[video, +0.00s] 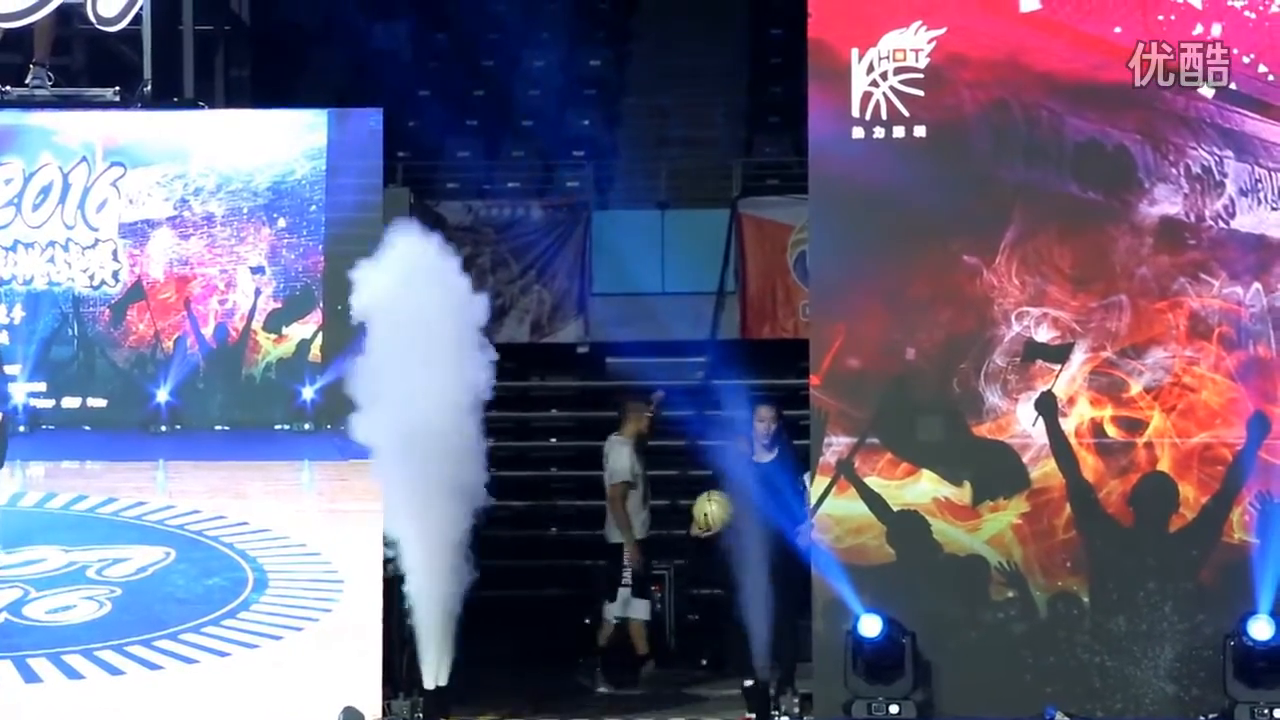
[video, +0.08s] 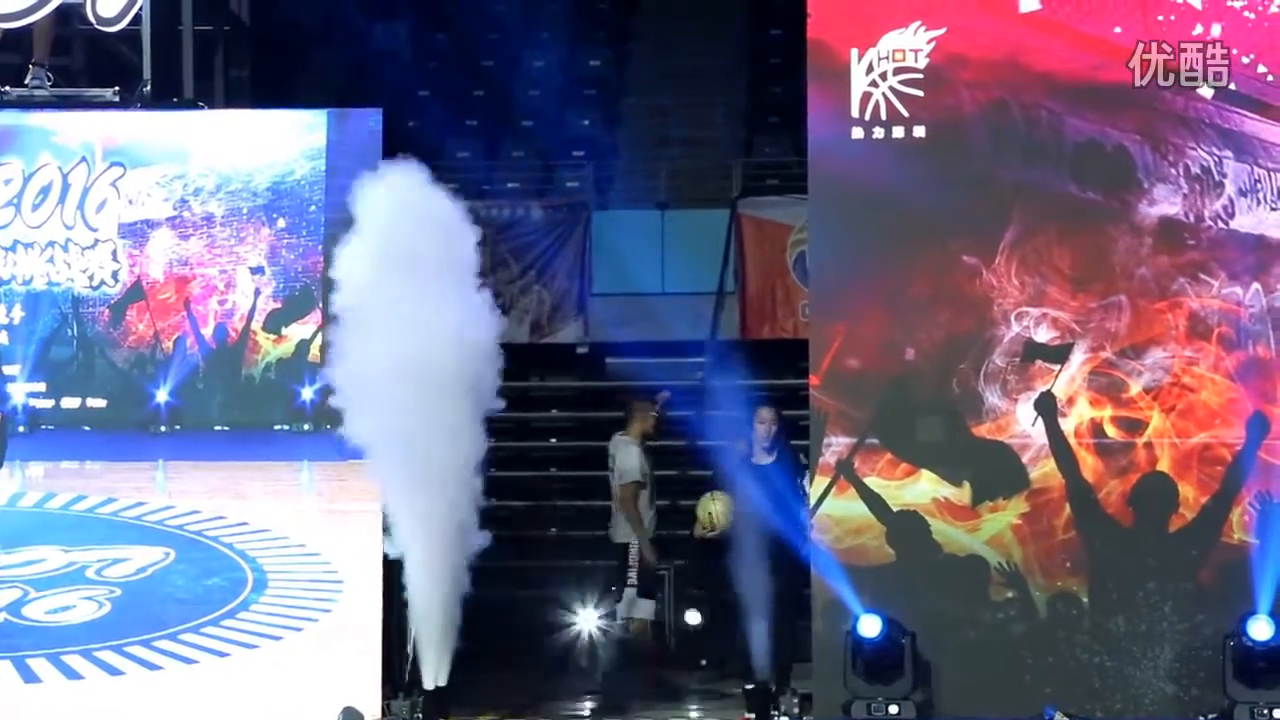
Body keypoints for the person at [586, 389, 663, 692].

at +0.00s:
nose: (649, 422)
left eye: (649, 417)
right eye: (646, 417)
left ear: (633, 418)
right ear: (633, 418)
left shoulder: (619, 443)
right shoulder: (622, 449)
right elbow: (616, 499)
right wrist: (630, 541)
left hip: (628, 538)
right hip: (623, 540)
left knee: (633, 605)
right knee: (620, 605)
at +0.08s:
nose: (654, 420)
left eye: (654, 415)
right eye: (650, 416)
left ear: (636, 418)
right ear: (636, 417)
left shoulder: (621, 442)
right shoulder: (630, 451)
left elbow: (643, 431)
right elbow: (627, 501)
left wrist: (655, 409)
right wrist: (645, 542)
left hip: (634, 537)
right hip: (630, 539)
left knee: (643, 607)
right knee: (626, 606)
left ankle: (643, 674)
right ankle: (615, 677)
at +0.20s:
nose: (660, 422)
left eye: (660, 417)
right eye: (656, 417)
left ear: (643, 419)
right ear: (643, 418)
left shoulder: (629, 441)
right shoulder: (636, 449)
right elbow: (639, 498)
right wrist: (660, 538)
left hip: (634, 534)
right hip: (639, 537)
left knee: (647, 603)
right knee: (646, 605)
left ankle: (648, 673)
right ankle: (646, 677)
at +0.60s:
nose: (662, 422)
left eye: (664, 417)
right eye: (657, 417)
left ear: (667, 419)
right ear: (645, 419)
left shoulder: (667, 450)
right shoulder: (635, 450)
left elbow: (670, 491)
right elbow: (633, 496)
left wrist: (675, 522)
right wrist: (639, 528)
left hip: (669, 533)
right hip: (647, 534)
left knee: (669, 601)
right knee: (647, 601)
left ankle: (671, 674)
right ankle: (646, 674)